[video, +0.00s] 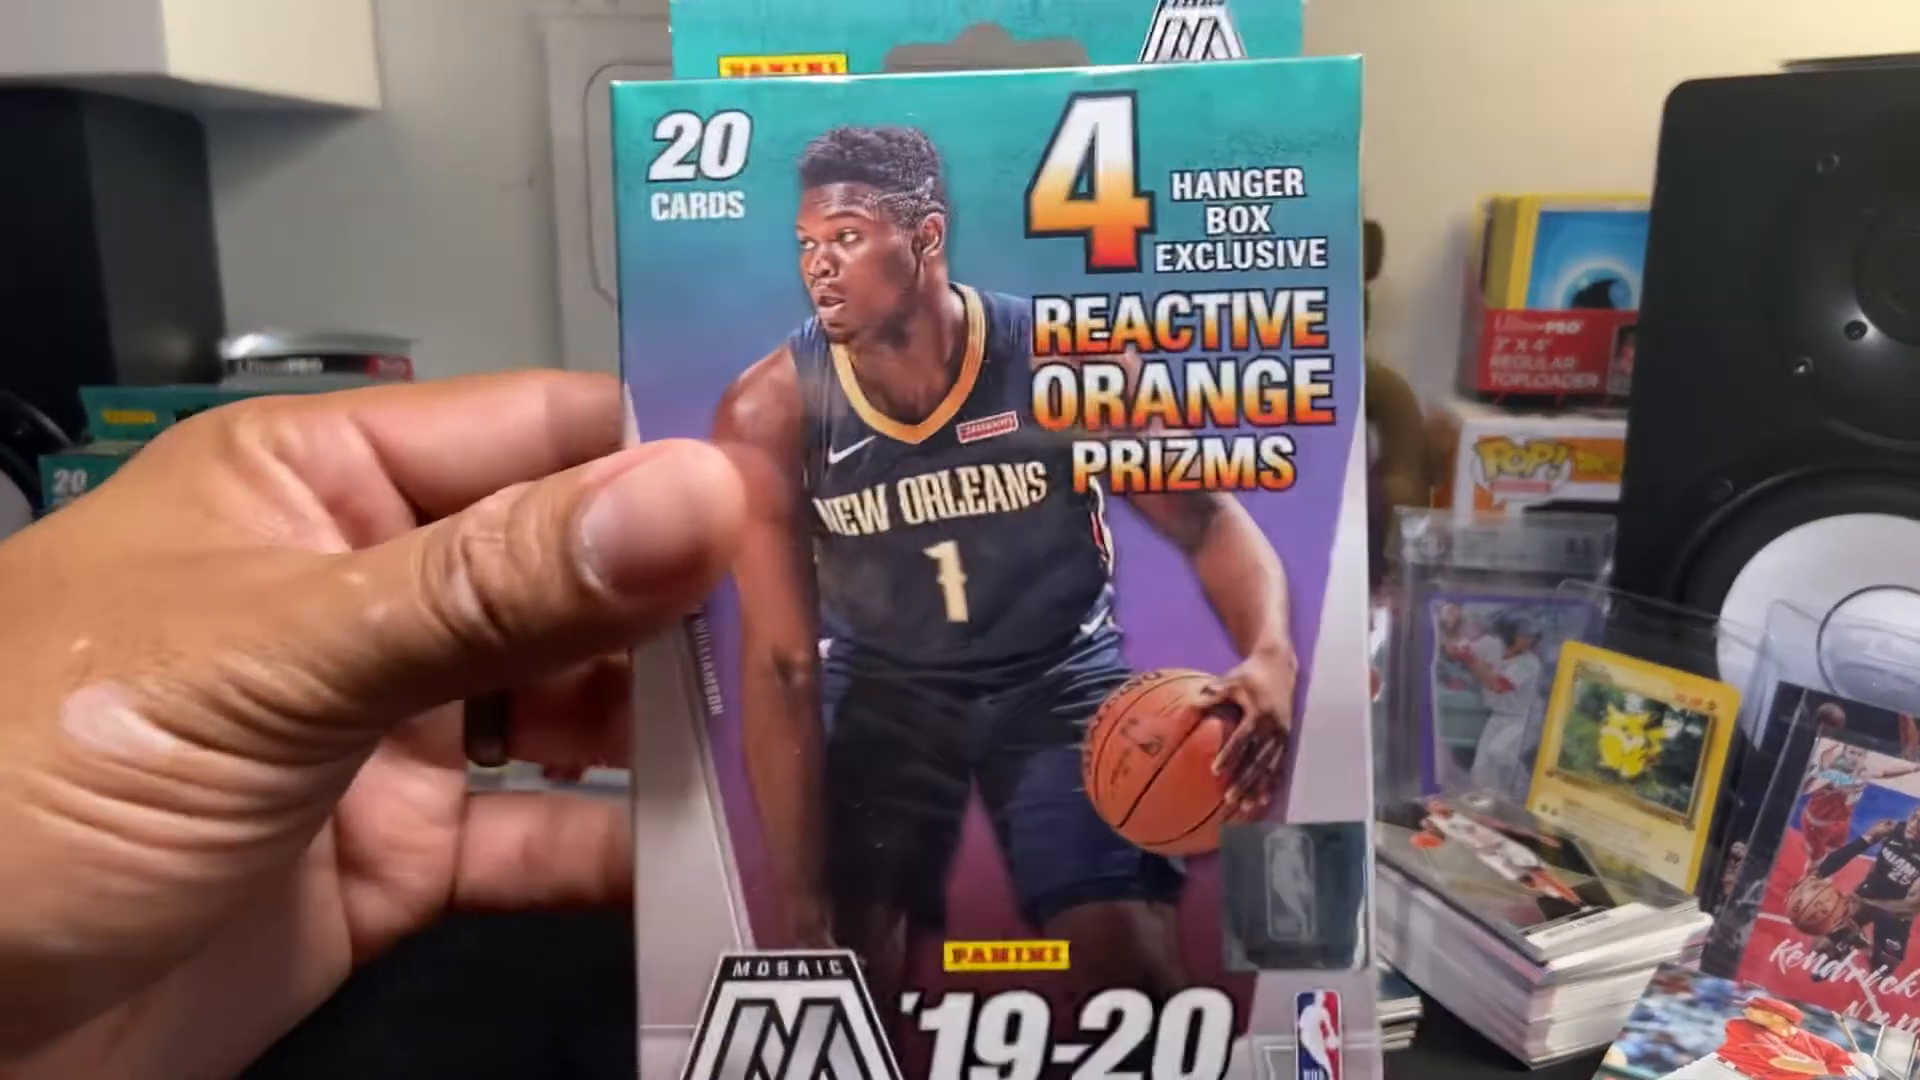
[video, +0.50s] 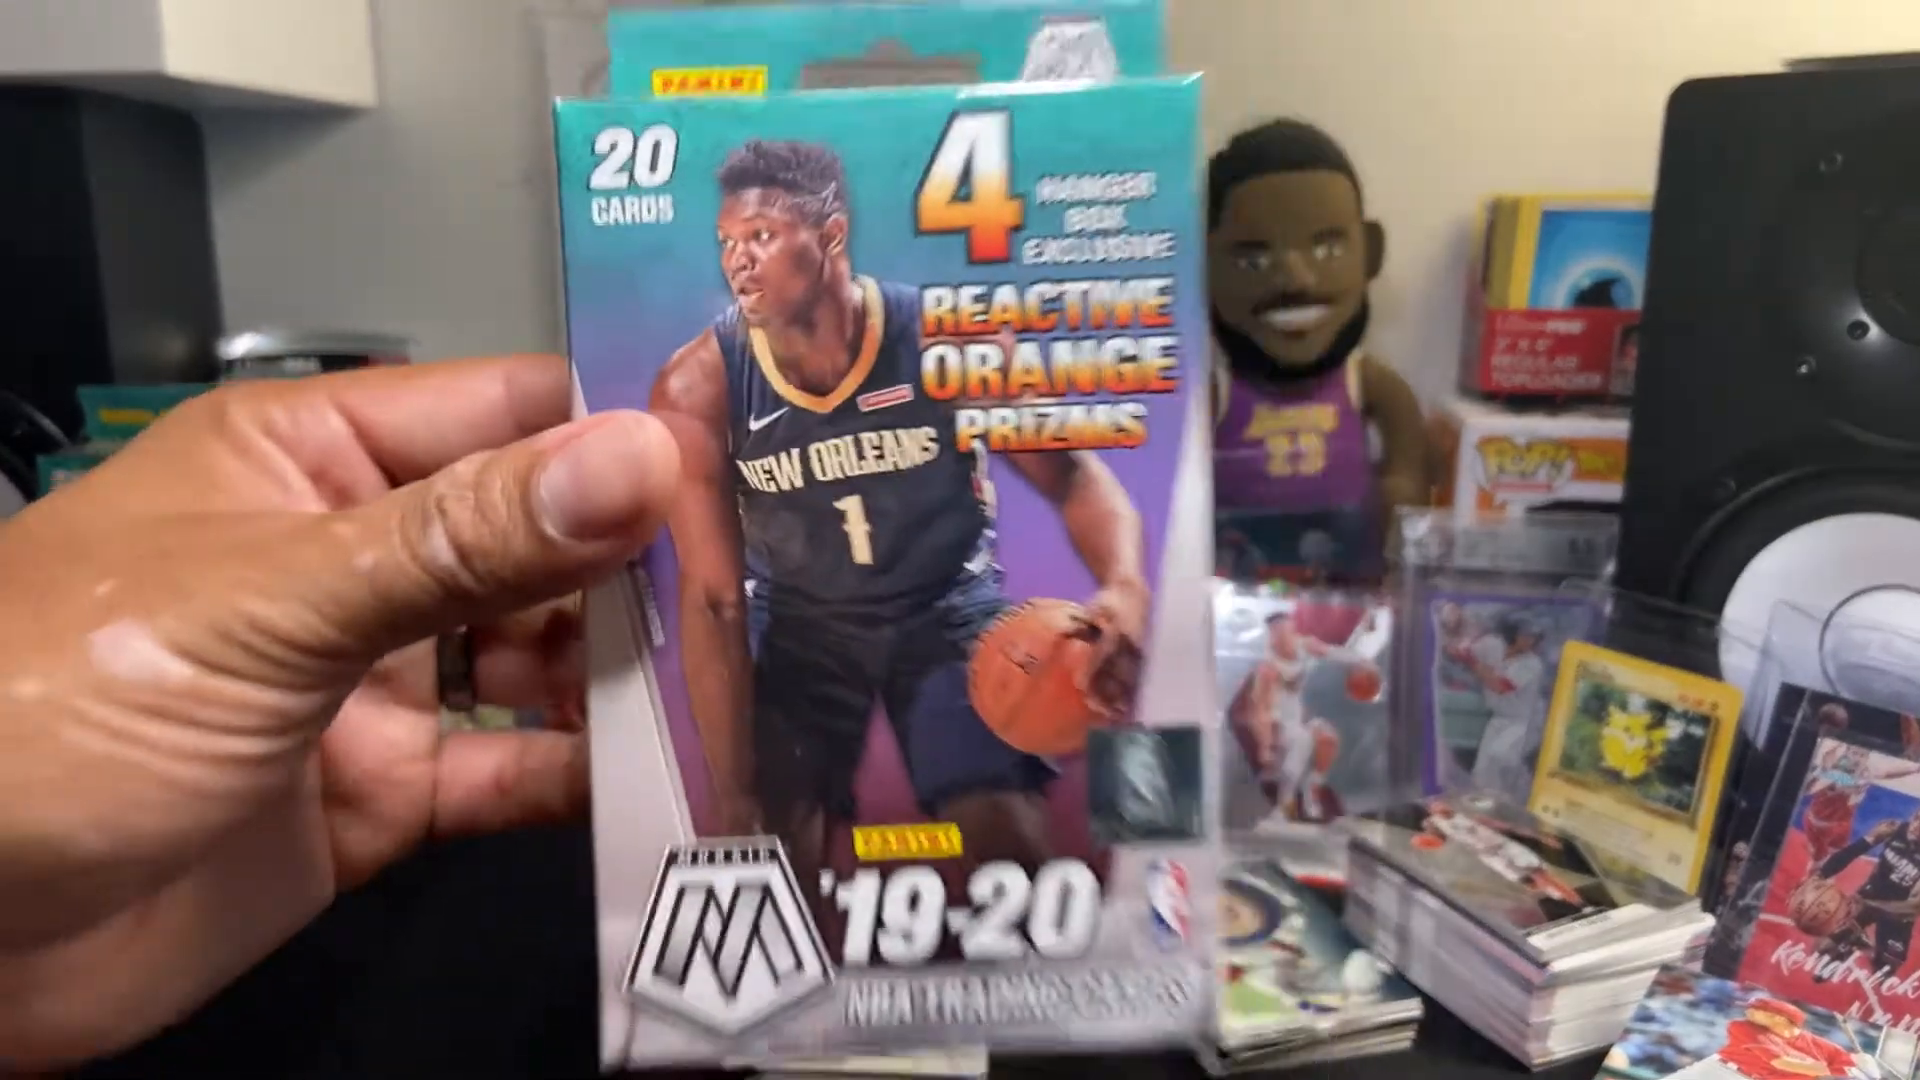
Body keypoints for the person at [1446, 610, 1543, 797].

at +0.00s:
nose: (1529, 641)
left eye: (1532, 637)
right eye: (1525, 636)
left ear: (1535, 639)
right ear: (1514, 636)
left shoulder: (1530, 663)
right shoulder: (1495, 649)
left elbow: (1499, 685)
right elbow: (1462, 651)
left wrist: (1476, 664)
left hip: (1520, 722)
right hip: (1497, 718)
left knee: (1497, 751)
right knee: (1481, 766)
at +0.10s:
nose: (1530, 642)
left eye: (1533, 637)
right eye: (1526, 636)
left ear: (1535, 640)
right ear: (1515, 635)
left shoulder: (1530, 662)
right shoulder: (1496, 649)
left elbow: (1502, 685)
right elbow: (1465, 652)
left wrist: (1478, 666)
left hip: (1522, 721)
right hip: (1498, 718)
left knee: (1500, 752)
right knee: (1483, 758)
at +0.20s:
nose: (1531, 642)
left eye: (1534, 637)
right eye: (1527, 636)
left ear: (1535, 640)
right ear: (1516, 635)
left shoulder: (1532, 663)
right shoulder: (1495, 648)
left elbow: (1502, 685)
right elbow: (1462, 651)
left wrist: (1477, 665)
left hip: (1523, 722)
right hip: (1499, 719)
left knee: (1500, 752)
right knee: (1484, 758)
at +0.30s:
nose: (1530, 642)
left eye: (1534, 637)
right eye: (1527, 635)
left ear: (1536, 640)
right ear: (1517, 635)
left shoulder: (1532, 663)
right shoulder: (1495, 648)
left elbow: (1503, 686)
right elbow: (1464, 652)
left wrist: (1477, 665)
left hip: (1524, 721)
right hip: (1499, 719)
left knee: (1500, 753)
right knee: (1483, 761)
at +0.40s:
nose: (1531, 642)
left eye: (1534, 637)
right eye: (1527, 635)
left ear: (1536, 640)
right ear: (1517, 635)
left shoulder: (1532, 663)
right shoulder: (1495, 648)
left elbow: (1503, 686)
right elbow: (1464, 652)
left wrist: (1477, 665)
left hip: (1524, 721)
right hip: (1500, 718)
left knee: (1501, 753)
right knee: (1484, 760)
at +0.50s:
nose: (1531, 642)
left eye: (1534, 637)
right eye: (1527, 635)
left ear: (1536, 640)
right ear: (1517, 635)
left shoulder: (1532, 663)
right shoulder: (1495, 648)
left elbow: (1503, 685)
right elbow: (1464, 652)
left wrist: (1476, 665)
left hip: (1524, 722)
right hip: (1500, 719)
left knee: (1500, 753)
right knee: (1483, 763)